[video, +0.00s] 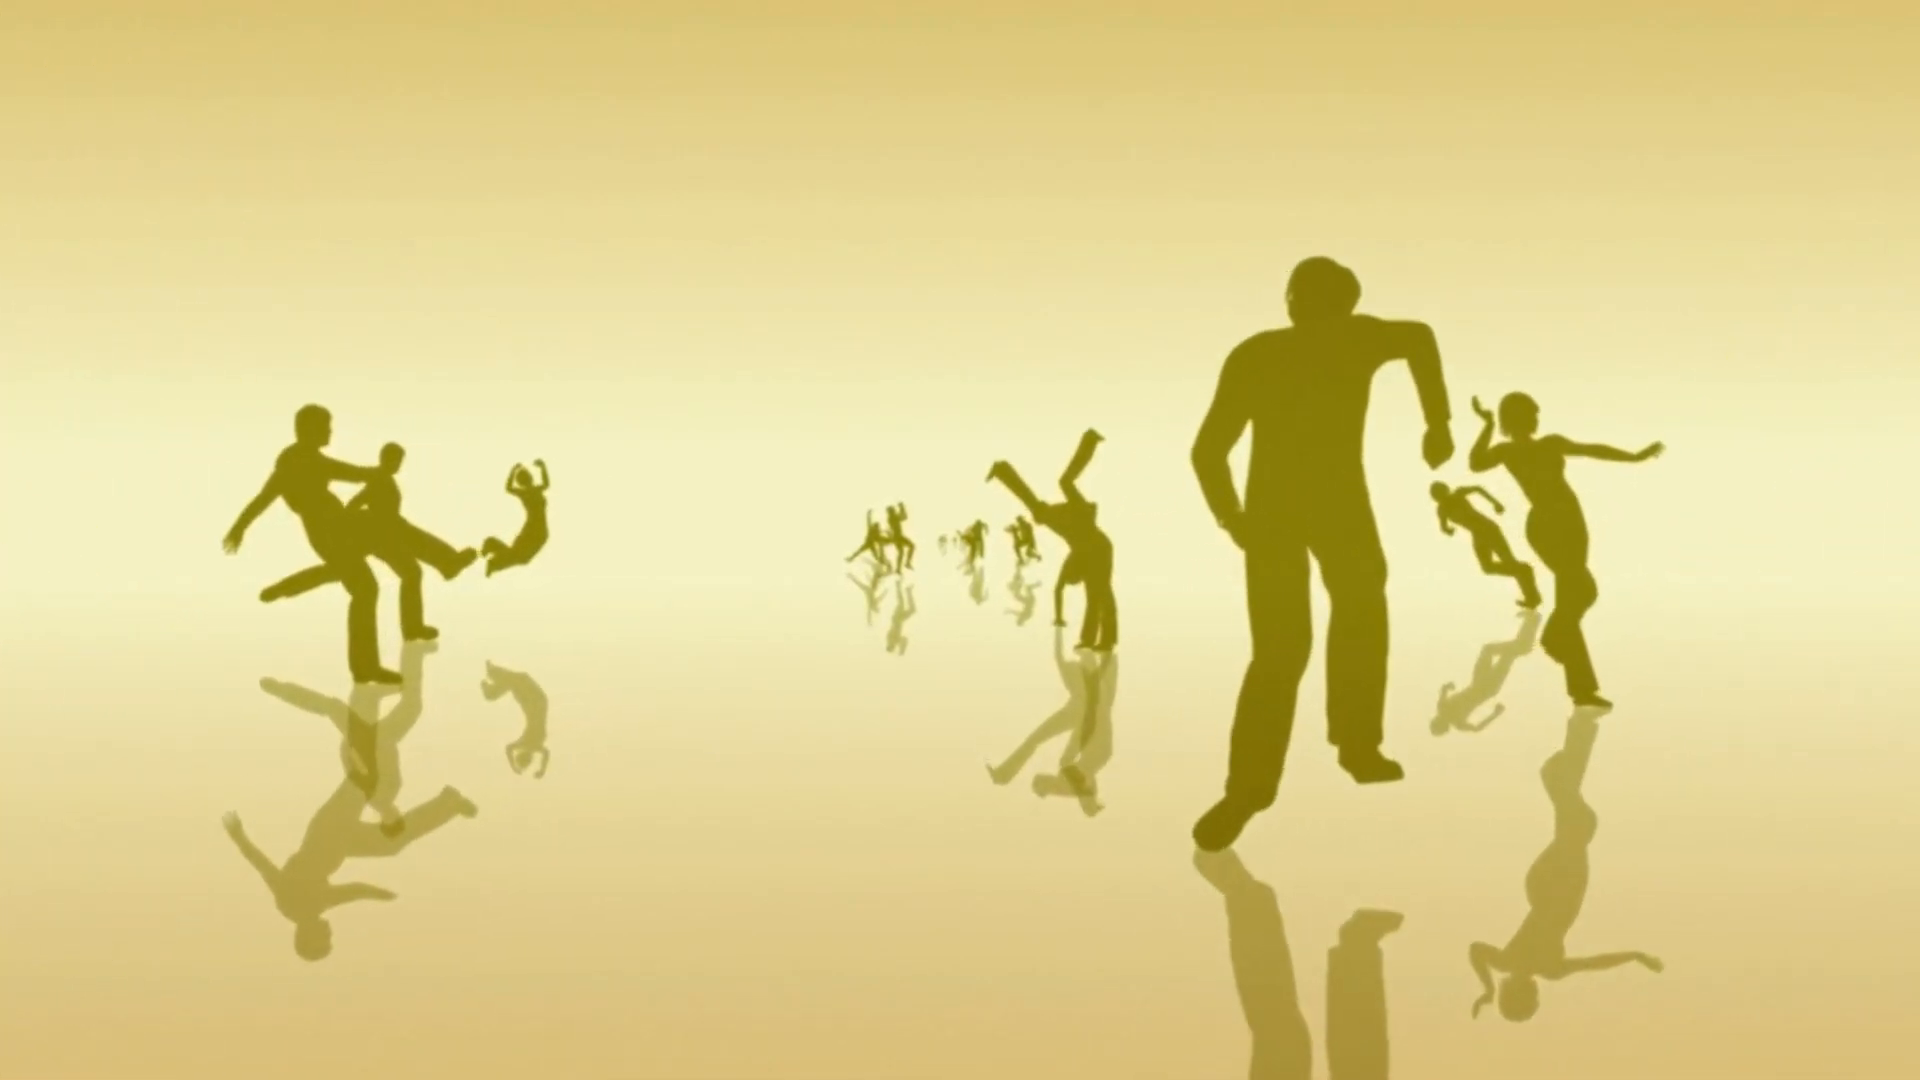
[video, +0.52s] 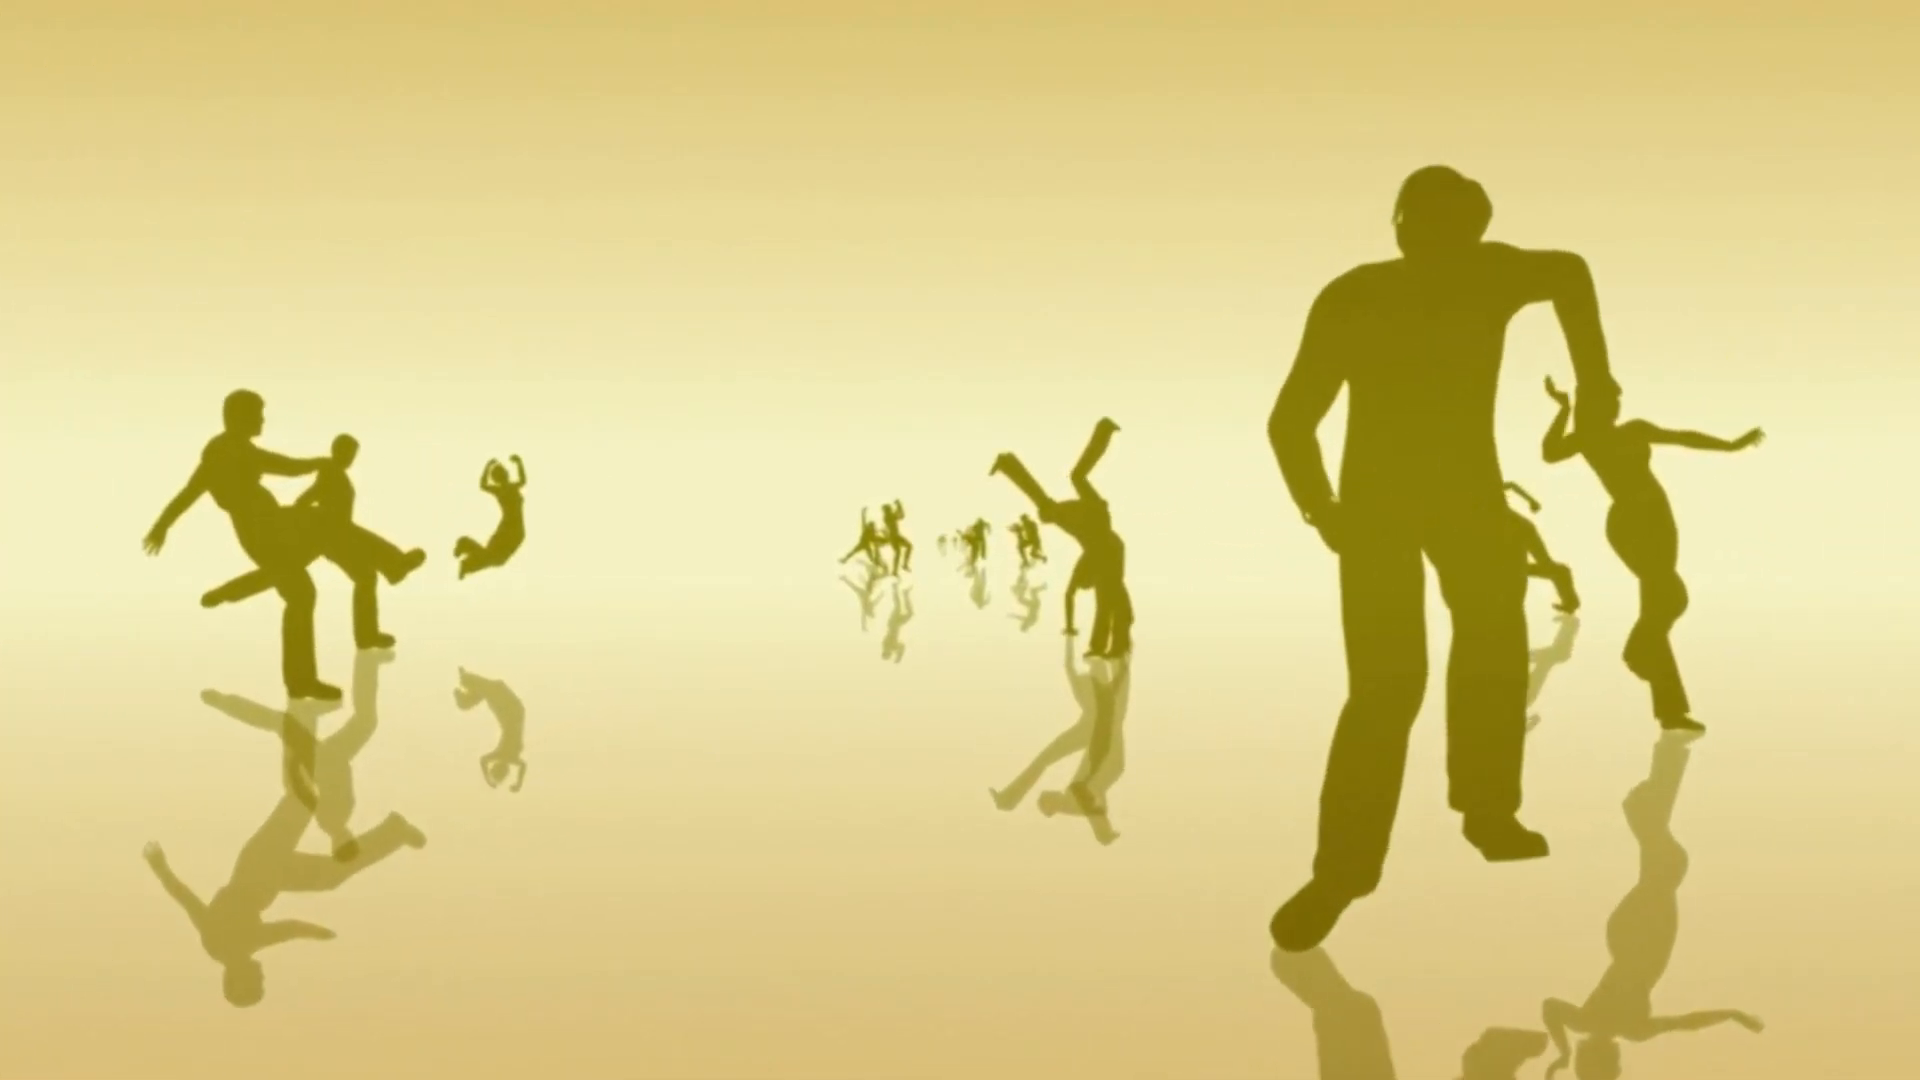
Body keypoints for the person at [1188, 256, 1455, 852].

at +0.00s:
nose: (1334, 316)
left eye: (1323, 304)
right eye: (1339, 304)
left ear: (1293, 300)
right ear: (1343, 300)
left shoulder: (1254, 354)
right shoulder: (1359, 338)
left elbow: (1207, 450)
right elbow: (1420, 336)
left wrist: (1230, 516)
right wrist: (1438, 421)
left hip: (1270, 514)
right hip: (1340, 508)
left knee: (1278, 650)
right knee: (1362, 606)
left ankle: (1248, 789)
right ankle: (1359, 742)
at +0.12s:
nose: (1346, 308)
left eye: (1340, 294)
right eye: (1350, 294)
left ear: (1308, 289)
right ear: (1359, 290)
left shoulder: (1267, 346)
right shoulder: (1377, 329)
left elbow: (1219, 446)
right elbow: (1440, 328)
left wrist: (1242, 514)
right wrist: (1458, 417)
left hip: (1284, 512)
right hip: (1356, 506)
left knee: (1292, 655)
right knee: (1379, 613)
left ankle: (1260, 799)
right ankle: (1377, 750)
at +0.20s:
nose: (1370, 294)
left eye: (1368, 279)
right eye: (1372, 278)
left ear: (1332, 272)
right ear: (1385, 273)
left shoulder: (1289, 333)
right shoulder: (1407, 315)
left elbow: (1236, 441)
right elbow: (1473, 313)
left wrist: (1262, 514)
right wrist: (1493, 408)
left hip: (1307, 511)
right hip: (1381, 504)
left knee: (1315, 663)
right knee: (1409, 614)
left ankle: (1282, 816)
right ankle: (1405, 765)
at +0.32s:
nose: (1393, 282)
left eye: (1388, 267)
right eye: (1399, 267)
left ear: (1350, 260)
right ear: (1407, 261)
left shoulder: (1304, 324)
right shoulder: (1428, 304)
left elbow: (1249, 436)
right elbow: (1498, 303)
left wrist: (1277, 512)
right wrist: (1520, 409)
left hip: (1322, 509)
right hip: (1403, 500)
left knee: (1332, 668)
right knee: (1430, 616)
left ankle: (1297, 830)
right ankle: (1428, 777)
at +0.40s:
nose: (1417, 259)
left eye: (1411, 241)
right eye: (1423, 241)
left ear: (1381, 237)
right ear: (1442, 238)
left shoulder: (1330, 308)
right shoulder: (1466, 286)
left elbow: (1272, 428)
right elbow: (1539, 284)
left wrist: (1302, 510)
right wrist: (1564, 384)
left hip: (1350, 505)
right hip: (1437, 497)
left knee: (1361, 677)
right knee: (1467, 624)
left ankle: (1323, 852)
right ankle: (1463, 794)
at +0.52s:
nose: (1443, 245)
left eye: (1439, 227)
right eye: (1448, 228)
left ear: (1403, 221)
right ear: (1468, 223)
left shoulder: (1350, 295)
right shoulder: (1491, 272)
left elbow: (1288, 422)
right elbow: (1570, 271)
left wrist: (1319, 507)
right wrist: (1596, 383)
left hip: (1371, 506)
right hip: (1462, 497)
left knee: (1382, 685)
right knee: (1493, 637)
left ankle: (1343, 867)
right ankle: (1491, 806)